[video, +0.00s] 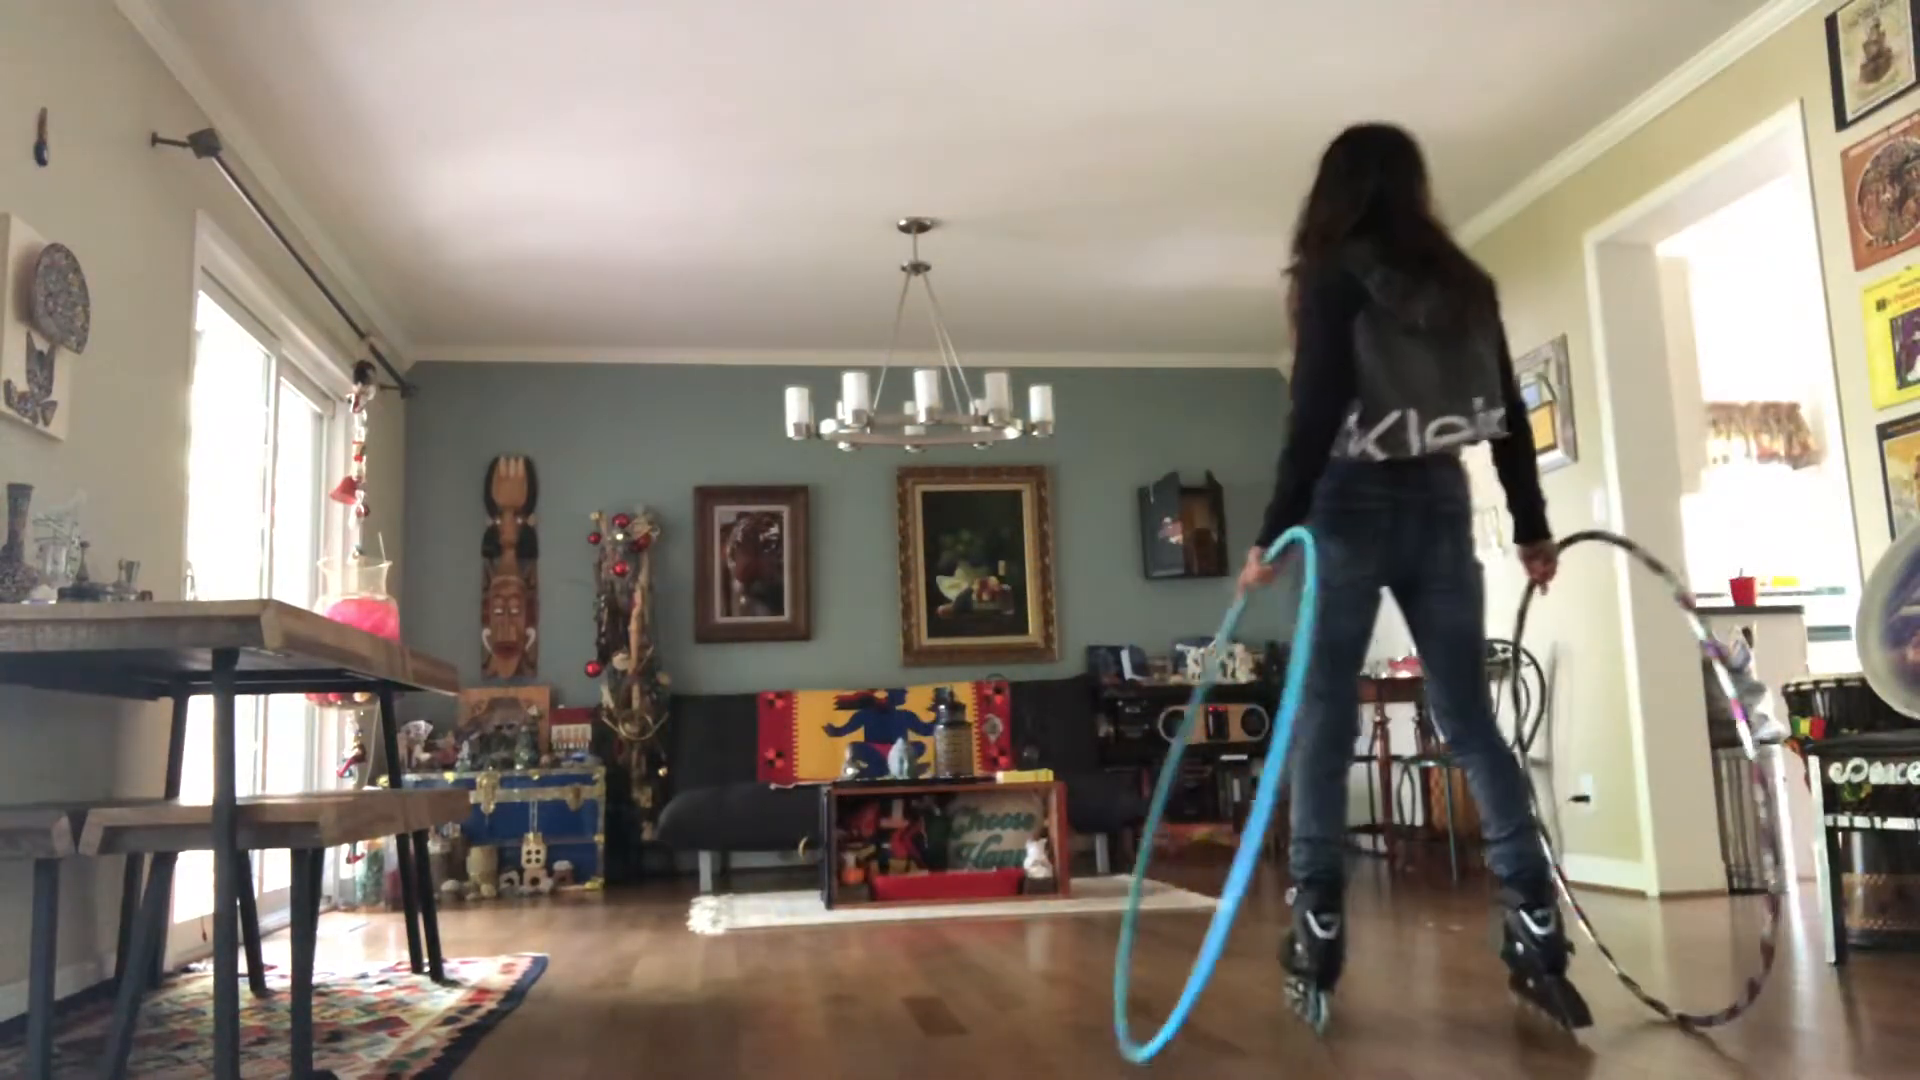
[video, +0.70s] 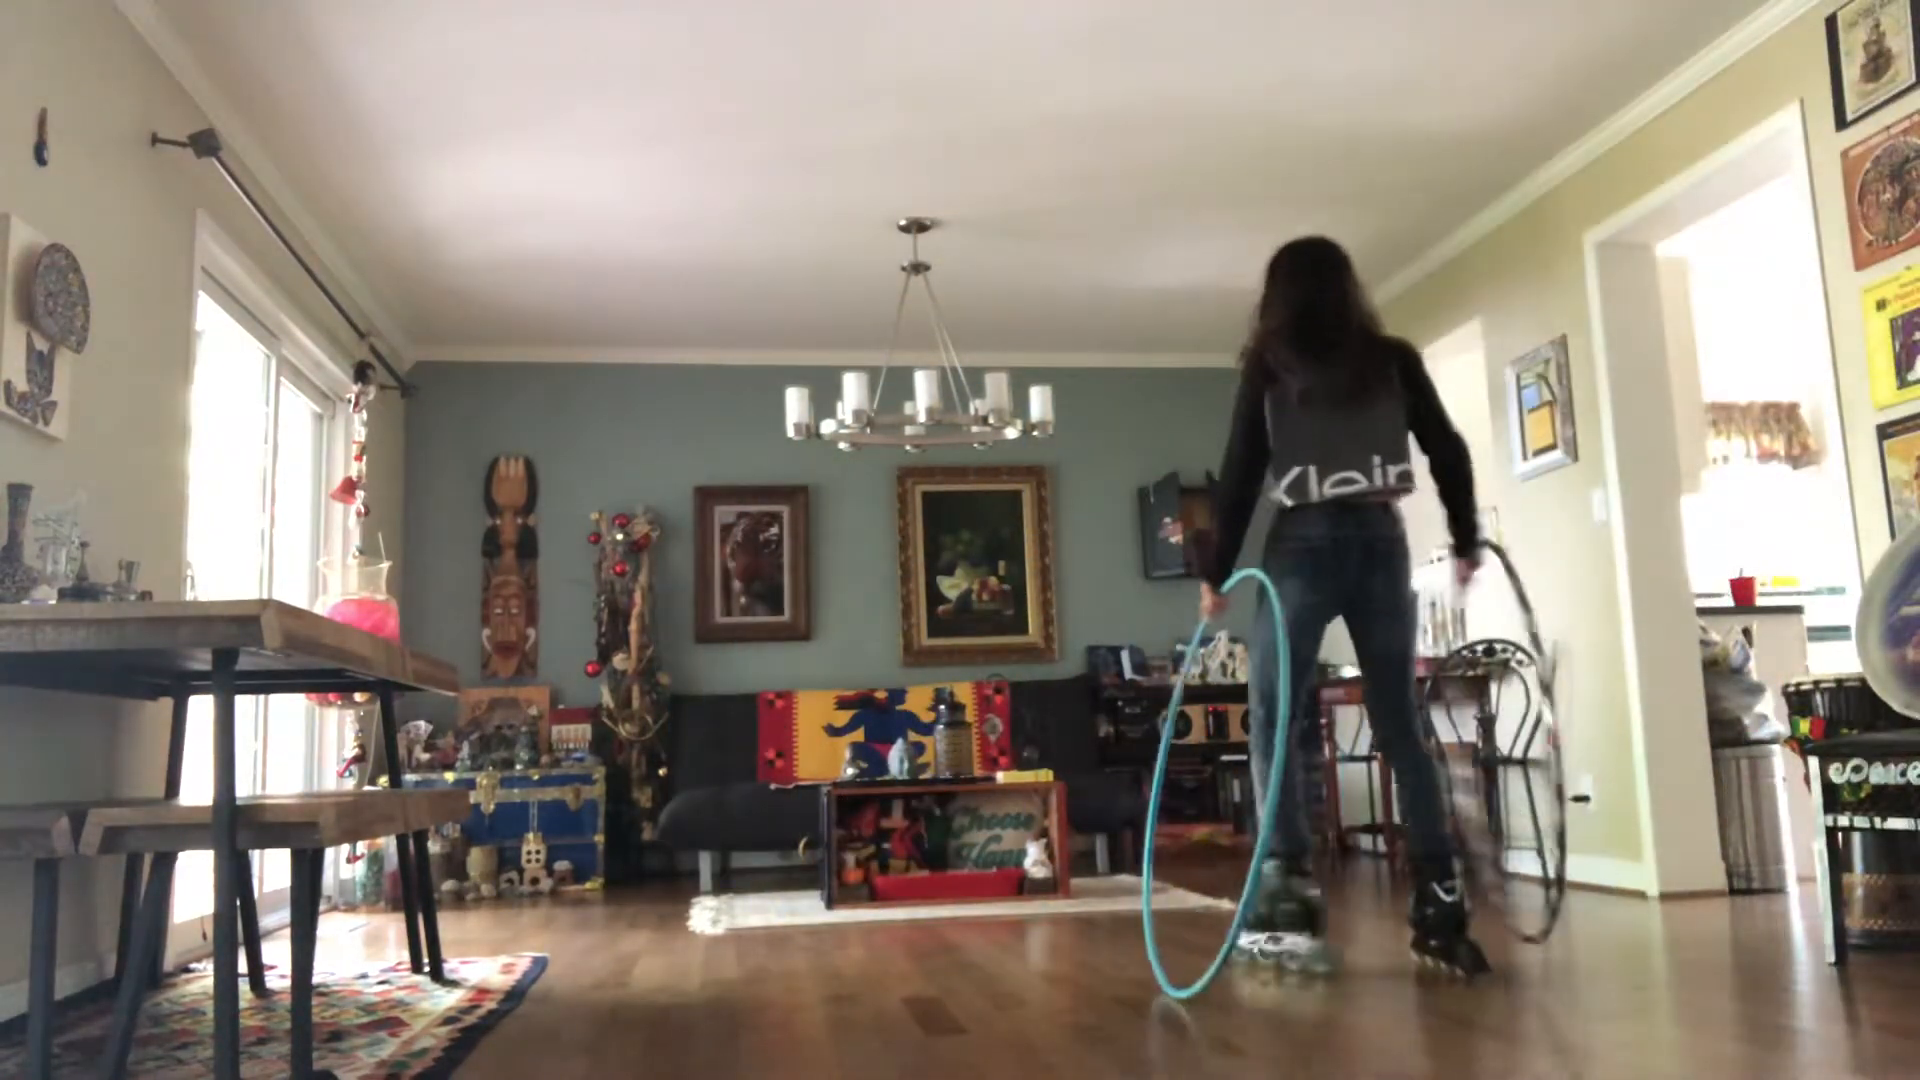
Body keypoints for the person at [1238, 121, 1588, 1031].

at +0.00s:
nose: (1316, 202)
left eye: (1324, 184)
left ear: (1335, 190)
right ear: (1418, 189)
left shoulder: (1329, 274)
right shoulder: (1464, 278)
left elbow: (1318, 403)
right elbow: (1505, 410)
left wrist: (1274, 530)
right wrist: (1531, 525)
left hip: (1351, 502)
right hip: (1443, 500)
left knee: (1326, 712)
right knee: (1469, 718)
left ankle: (1319, 921)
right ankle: (1537, 919)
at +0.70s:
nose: (1266, 306)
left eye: (1270, 290)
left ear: (1276, 296)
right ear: (1350, 288)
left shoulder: (1267, 366)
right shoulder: (1393, 357)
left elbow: (1242, 470)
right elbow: (1447, 448)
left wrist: (1216, 569)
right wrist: (1465, 538)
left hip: (1299, 542)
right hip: (1381, 540)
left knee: (1278, 721)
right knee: (1399, 726)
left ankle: (1286, 882)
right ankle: (1439, 889)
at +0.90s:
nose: (1243, 324)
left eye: (1247, 312)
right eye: (1251, 310)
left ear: (1258, 314)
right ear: (1320, 311)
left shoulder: (1262, 374)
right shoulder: (1356, 380)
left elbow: (1260, 473)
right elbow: (1399, 481)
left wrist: (1229, 573)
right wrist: (1376, 557)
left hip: (1292, 548)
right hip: (1354, 548)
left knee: (1255, 723)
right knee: (1366, 735)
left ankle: (1292, 886)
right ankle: (1409, 894)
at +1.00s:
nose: (1231, 334)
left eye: (1236, 321)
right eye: (1234, 321)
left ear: (1250, 322)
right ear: (1299, 319)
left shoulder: (1266, 378)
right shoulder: (1326, 379)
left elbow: (1274, 478)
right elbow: (1357, 491)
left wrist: (1238, 572)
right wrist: (1328, 551)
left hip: (1290, 561)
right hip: (1332, 561)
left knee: (1237, 729)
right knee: (1336, 735)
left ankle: (1268, 887)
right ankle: (1384, 887)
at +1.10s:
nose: (1206, 334)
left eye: (1214, 323)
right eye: (1209, 323)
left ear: (1238, 330)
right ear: (1264, 327)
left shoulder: (1269, 391)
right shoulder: (1253, 392)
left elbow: (1297, 487)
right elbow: (1268, 492)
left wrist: (1255, 575)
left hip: (1284, 577)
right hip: (1289, 577)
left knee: (1218, 733)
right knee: (1304, 742)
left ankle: (1250, 878)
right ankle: (1347, 878)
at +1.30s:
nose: (1168, 356)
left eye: (1177, 344)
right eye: (1169, 343)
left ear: (1209, 346)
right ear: (1192, 346)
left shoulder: (1252, 402)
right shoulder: (1192, 415)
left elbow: (1296, 494)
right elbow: (1184, 512)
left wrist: (1299, 580)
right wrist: (1157, 580)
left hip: (1240, 569)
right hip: (1204, 573)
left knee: (1187, 726)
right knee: (1217, 734)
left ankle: (1224, 867)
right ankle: (1241, 880)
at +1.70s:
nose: (1103, 353)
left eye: (1113, 341)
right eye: (1097, 343)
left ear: (1145, 340)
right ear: (1096, 349)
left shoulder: (1187, 403)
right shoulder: (1096, 417)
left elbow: (1232, 490)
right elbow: (1072, 507)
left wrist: (1240, 578)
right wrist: (1033, 570)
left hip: (1175, 568)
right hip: (1110, 572)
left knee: (1152, 726)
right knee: (1106, 734)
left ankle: (1198, 880)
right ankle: (1117, 883)